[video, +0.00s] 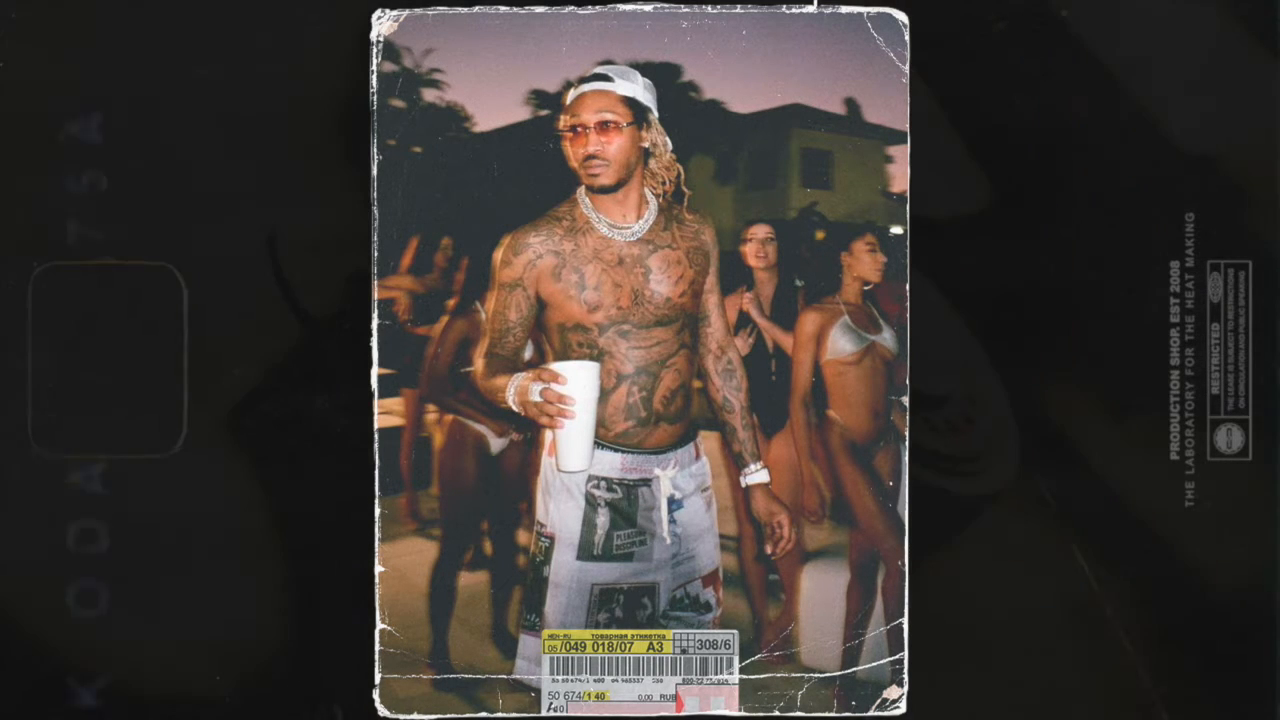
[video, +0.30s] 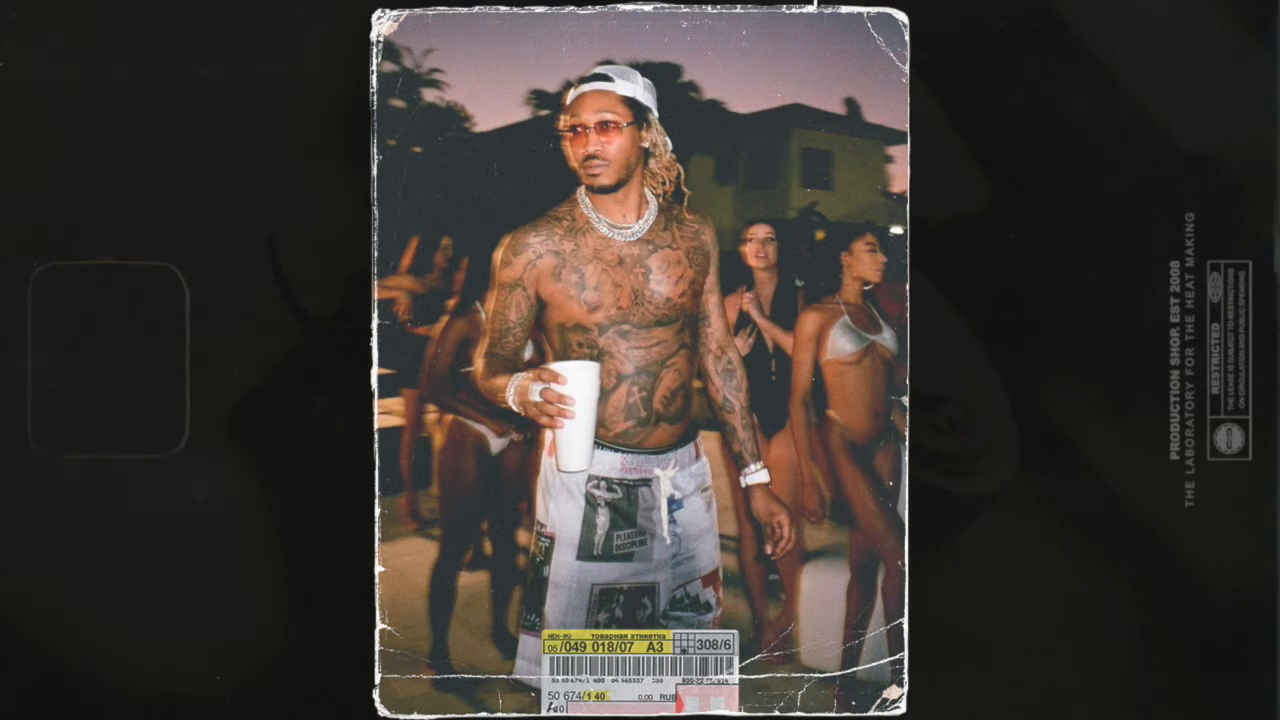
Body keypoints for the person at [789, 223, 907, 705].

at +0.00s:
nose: (882, 259)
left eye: (881, 251)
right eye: (871, 251)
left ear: (870, 261)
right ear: (844, 259)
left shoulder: (877, 315)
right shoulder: (818, 317)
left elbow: (885, 394)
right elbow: (798, 403)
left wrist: (901, 444)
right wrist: (813, 478)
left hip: (881, 448)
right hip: (838, 449)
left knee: (864, 562)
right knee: (898, 553)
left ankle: (846, 673)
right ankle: (903, 672)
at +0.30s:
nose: (882, 259)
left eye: (881, 251)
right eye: (871, 251)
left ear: (870, 262)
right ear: (844, 259)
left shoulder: (877, 315)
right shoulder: (818, 317)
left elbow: (887, 392)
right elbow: (798, 403)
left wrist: (902, 442)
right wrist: (813, 477)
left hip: (881, 447)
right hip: (838, 449)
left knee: (864, 563)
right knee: (898, 553)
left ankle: (846, 673)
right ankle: (902, 671)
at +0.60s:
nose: (882, 259)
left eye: (881, 251)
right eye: (871, 251)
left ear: (870, 262)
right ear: (844, 259)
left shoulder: (877, 315)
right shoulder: (817, 317)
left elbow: (885, 394)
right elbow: (798, 403)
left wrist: (901, 442)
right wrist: (813, 479)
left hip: (881, 448)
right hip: (838, 449)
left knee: (863, 564)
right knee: (898, 552)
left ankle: (846, 673)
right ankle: (903, 670)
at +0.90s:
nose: (882, 259)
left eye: (881, 251)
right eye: (871, 251)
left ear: (870, 261)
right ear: (844, 259)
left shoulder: (877, 315)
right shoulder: (818, 317)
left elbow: (885, 393)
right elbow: (798, 404)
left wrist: (900, 444)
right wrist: (813, 478)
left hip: (881, 448)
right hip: (838, 449)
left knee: (863, 564)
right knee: (898, 553)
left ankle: (846, 673)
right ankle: (902, 671)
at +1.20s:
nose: (882, 259)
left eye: (881, 251)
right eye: (871, 251)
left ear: (870, 261)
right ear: (844, 259)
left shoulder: (877, 315)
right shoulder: (818, 317)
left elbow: (885, 394)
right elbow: (798, 404)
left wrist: (900, 445)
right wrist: (813, 478)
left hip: (881, 448)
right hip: (838, 449)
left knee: (863, 563)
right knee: (898, 552)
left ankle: (846, 673)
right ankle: (902, 671)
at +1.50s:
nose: (882, 259)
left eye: (881, 251)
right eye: (872, 251)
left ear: (869, 262)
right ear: (844, 259)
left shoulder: (876, 315)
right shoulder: (817, 317)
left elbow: (885, 392)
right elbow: (798, 403)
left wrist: (901, 441)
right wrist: (814, 479)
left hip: (881, 448)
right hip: (838, 449)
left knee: (863, 564)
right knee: (898, 552)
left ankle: (847, 673)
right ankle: (903, 670)